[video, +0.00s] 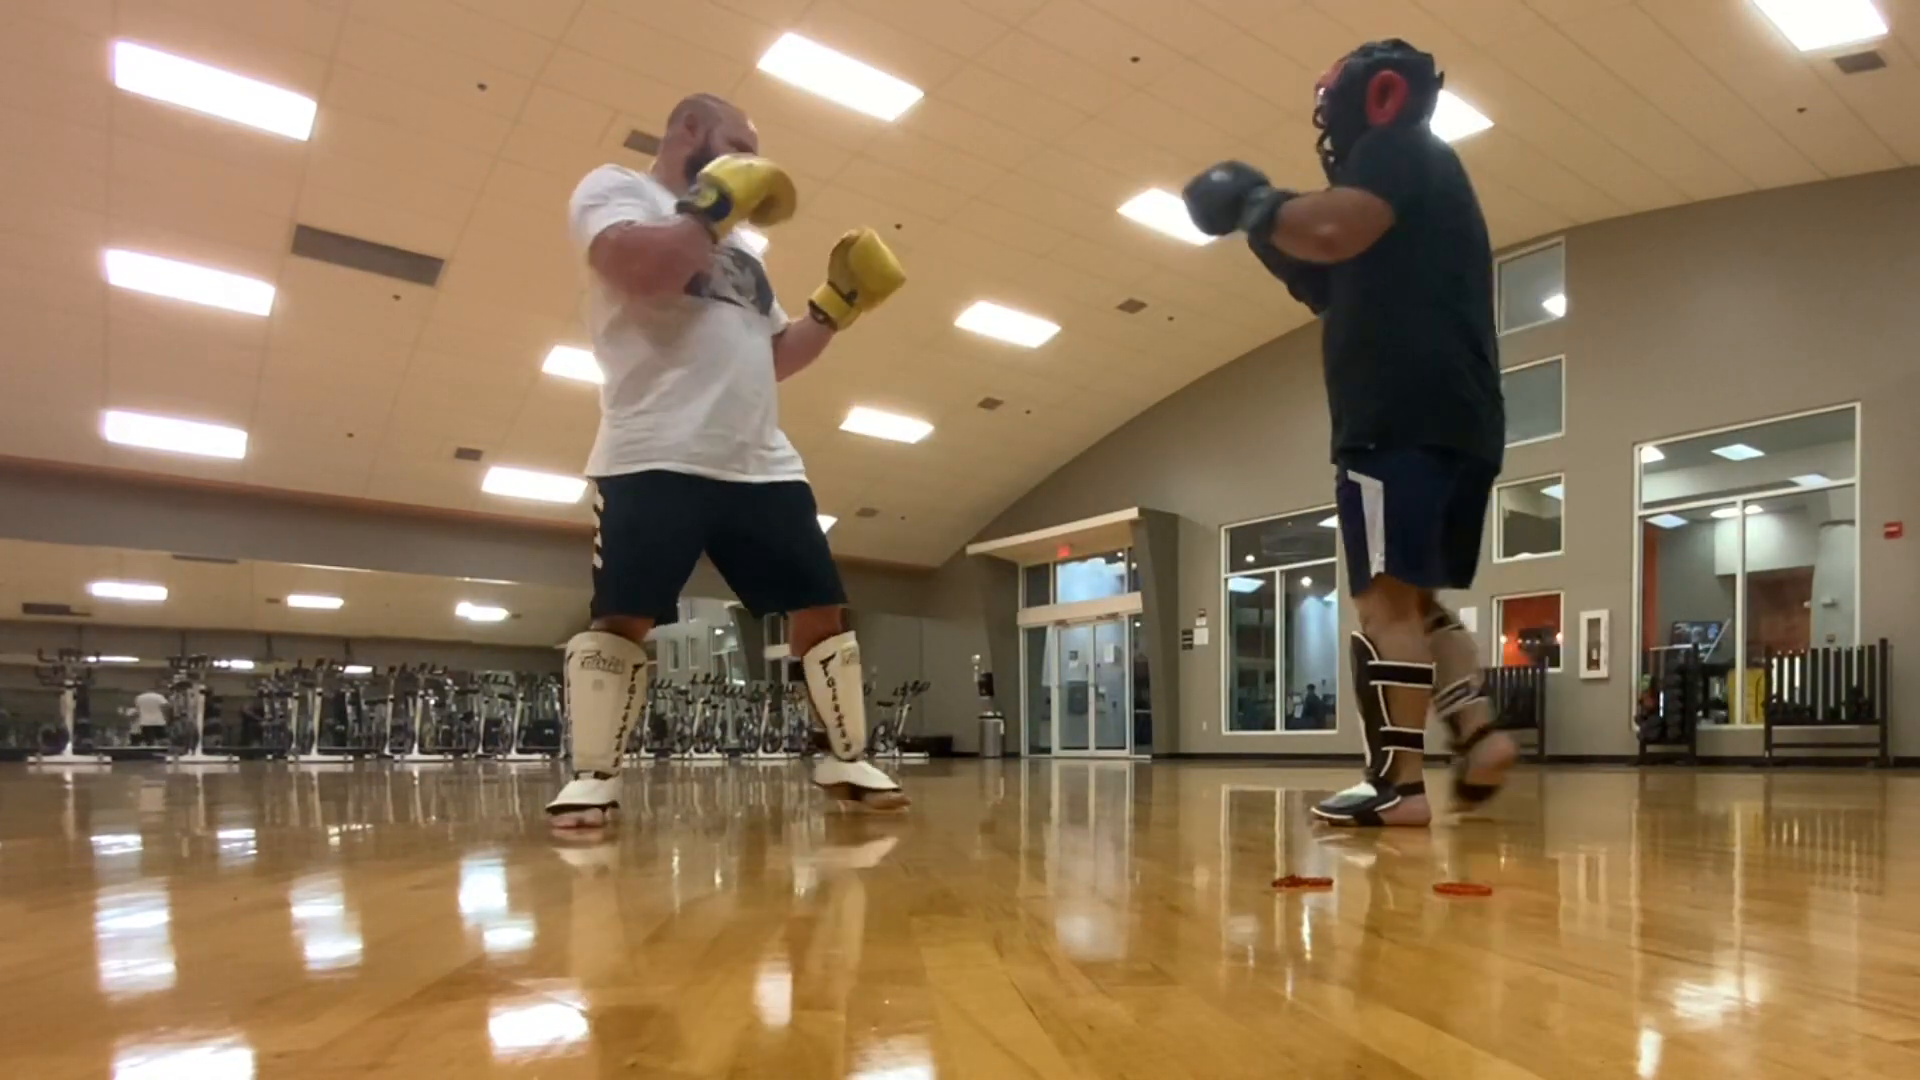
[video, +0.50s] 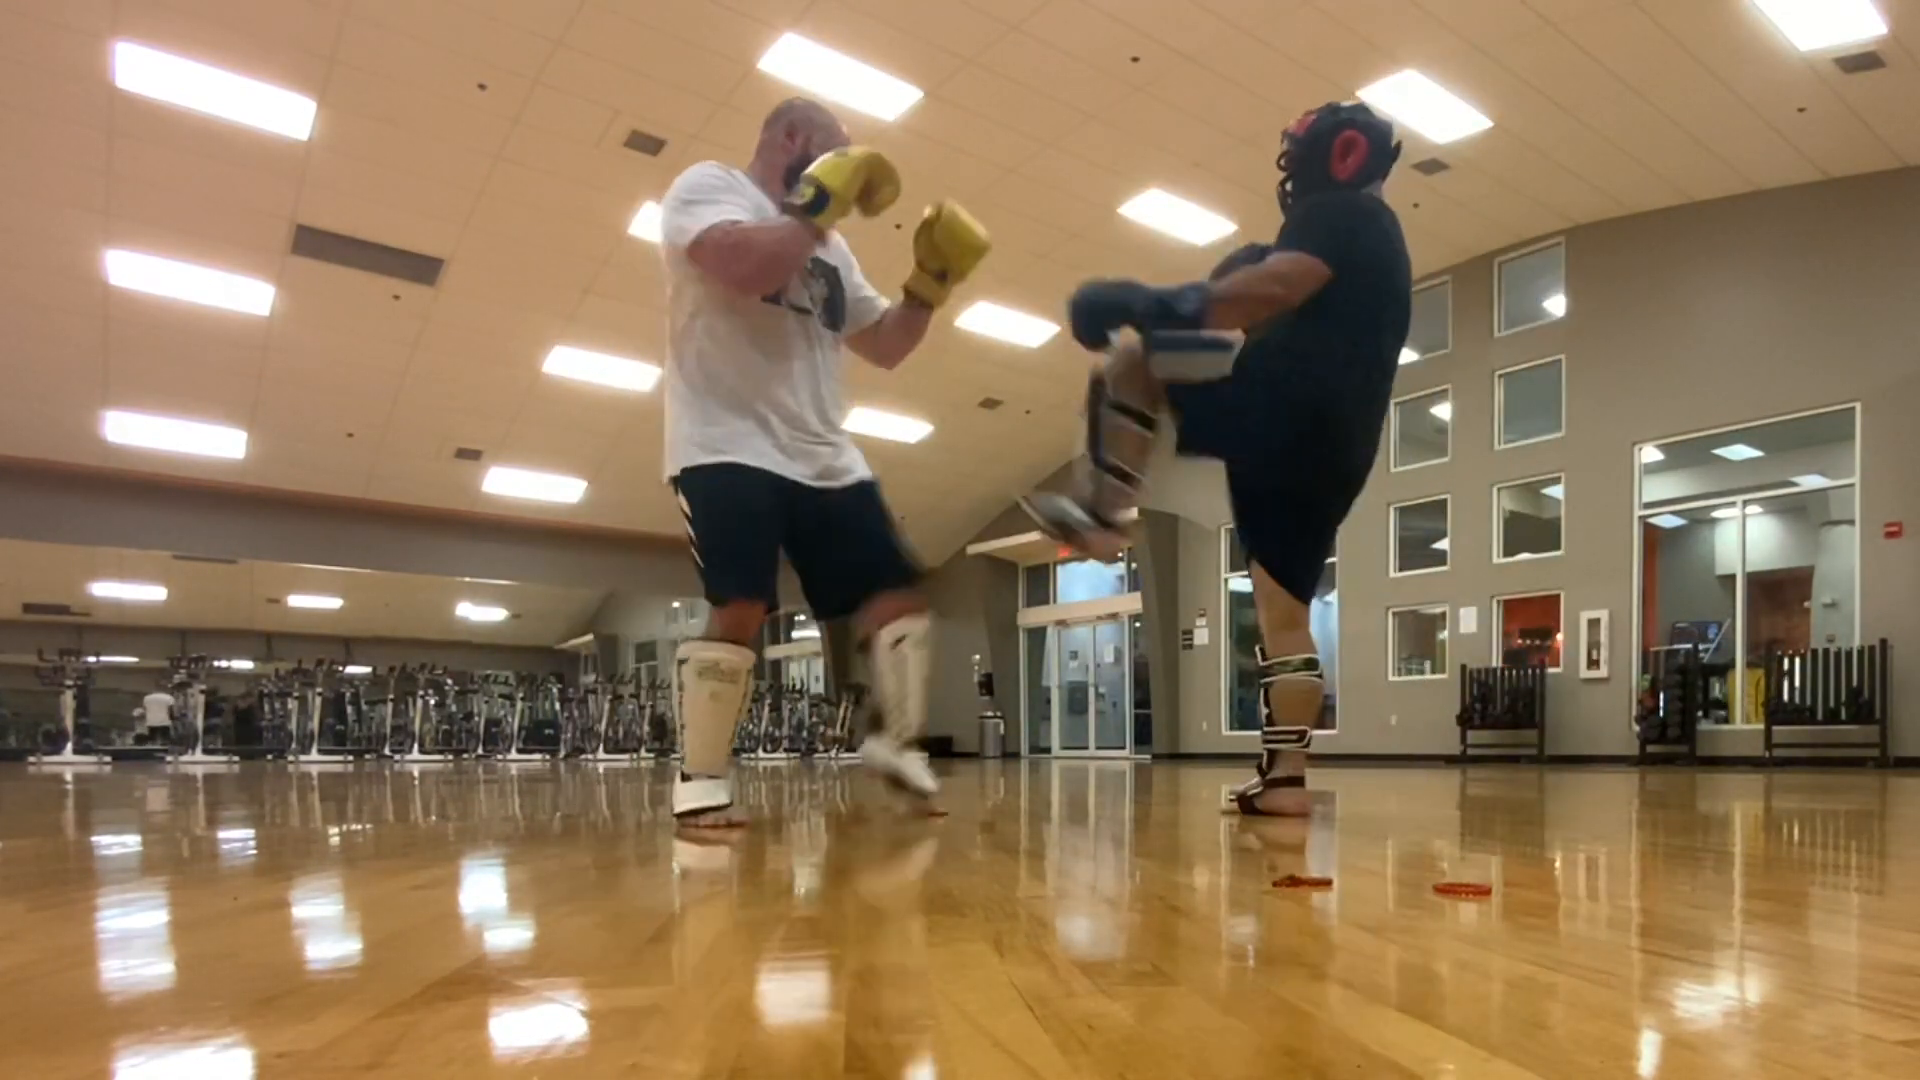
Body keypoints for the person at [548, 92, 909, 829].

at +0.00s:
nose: (752, 166)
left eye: (755, 159)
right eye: (741, 149)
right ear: (687, 130)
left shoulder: (744, 258)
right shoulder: (616, 188)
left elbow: (769, 359)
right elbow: (640, 270)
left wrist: (834, 307)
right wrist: (718, 203)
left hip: (758, 456)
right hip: (654, 450)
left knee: (818, 598)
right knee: (626, 609)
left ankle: (847, 756)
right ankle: (593, 777)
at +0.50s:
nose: (833, 176)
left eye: (839, 167)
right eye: (830, 160)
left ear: (800, 148)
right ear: (785, 138)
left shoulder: (826, 249)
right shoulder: (709, 186)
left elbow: (885, 345)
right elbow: (744, 269)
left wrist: (926, 287)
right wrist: (820, 210)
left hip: (819, 445)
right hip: (727, 436)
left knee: (894, 590)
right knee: (743, 600)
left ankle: (896, 742)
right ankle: (702, 785)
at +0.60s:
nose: (840, 188)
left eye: (842, 177)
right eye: (832, 171)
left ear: (798, 160)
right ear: (785, 153)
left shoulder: (816, 248)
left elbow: (902, 326)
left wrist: (939, 275)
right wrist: (861, 200)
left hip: (811, 437)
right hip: (730, 450)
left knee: (947, 458)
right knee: (754, 611)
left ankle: (936, 610)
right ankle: (707, 788)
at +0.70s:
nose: (834, 180)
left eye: (838, 170)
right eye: (822, 162)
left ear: (785, 154)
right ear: (774, 148)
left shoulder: (818, 237)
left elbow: (903, 304)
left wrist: (963, 323)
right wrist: (859, 198)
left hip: (828, 430)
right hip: (742, 454)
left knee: (954, 382)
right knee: (751, 601)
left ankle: (968, 521)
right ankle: (707, 786)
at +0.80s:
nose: (821, 161)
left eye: (825, 149)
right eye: (812, 145)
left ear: (778, 137)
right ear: (762, 131)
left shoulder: (835, 226)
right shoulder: (696, 203)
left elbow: (905, 299)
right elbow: (747, 259)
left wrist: (973, 331)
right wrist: (824, 189)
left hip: (858, 431)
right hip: (765, 448)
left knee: (1030, 433)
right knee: (757, 606)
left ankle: (990, 590)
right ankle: (707, 786)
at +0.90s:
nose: (826, 160)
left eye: (829, 148)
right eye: (815, 144)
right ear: (760, 131)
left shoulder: (850, 229)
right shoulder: (702, 211)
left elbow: (909, 306)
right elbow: (705, 269)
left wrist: (984, 361)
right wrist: (797, 202)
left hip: (885, 431)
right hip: (781, 443)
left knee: (1001, 531)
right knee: (769, 598)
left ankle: (1013, 680)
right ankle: (706, 782)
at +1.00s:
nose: (861, 163)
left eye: (865, 150)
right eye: (848, 147)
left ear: (863, 153)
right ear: (797, 143)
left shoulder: (878, 234)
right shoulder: (737, 229)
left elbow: (915, 319)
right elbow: (729, 306)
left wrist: (987, 341)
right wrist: (805, 234)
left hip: (915, 452)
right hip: (808, 456)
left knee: (991, 593)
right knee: (778, 609)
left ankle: (1033, 747)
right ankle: (706, 781)